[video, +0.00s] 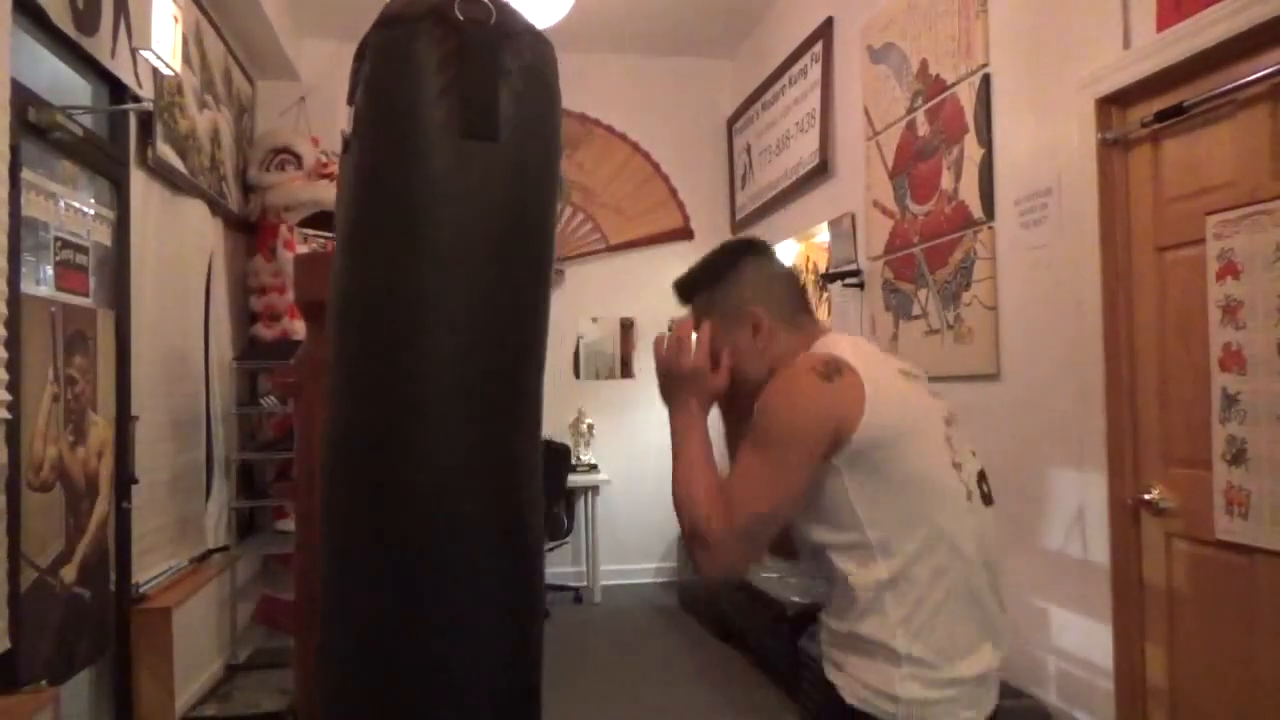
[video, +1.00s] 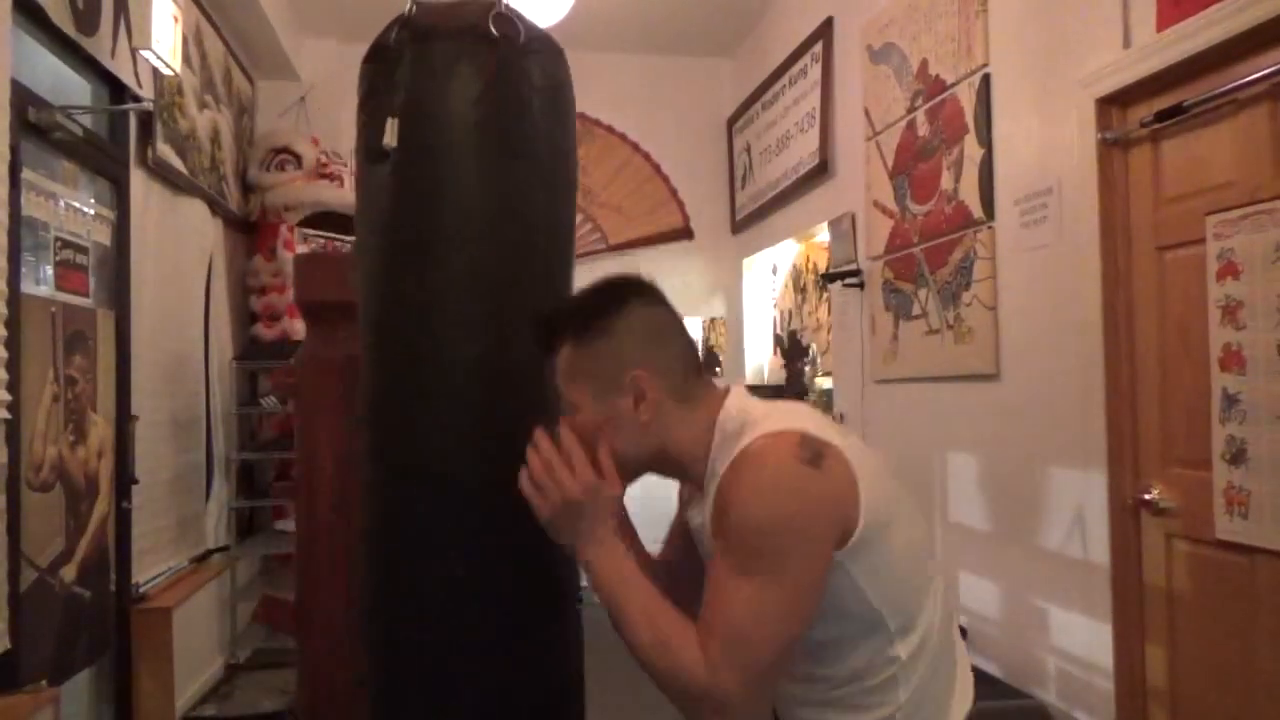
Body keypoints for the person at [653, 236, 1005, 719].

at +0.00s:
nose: (710, 363)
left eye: (713, 345)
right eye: (706, 347)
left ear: (756, 328)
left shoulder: (812, 384)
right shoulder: (866, 364)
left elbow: (719, 555)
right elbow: (783, 539)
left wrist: (686, 407)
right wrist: (734, 405)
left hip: (894, 696)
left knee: (706, 600)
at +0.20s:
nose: (713, 352)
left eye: (714, 332)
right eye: (707, 335)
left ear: (763, 312)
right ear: (768, 311)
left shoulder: (816, 363)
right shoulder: (852, 350)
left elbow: (730, 536)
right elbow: (773, 528)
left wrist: (689, 399)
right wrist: (734, 401)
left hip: (897, 689)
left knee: (702, 587)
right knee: (706, 585)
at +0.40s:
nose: (681, 433)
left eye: (683, 413)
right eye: (675, 415)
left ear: (735, 392)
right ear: (738, 389)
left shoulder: (815, 437)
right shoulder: (825, 419)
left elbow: (777, 644)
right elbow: (779, 597)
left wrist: (682, 507)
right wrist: (707, 500)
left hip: (916, 710)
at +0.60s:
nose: (640, 408)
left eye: (647, 386)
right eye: (636, 388)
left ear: (712, 367)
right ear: (714, 367)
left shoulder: (844, 442)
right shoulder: (754, 439)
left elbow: (779, 638)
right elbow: (701, 598)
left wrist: (664, 489)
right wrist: (656, 490)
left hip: (898, 707)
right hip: (812, 696)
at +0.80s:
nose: (592, 356)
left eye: (604, 332)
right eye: (591, 334)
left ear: (682, 322)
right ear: (683, 324)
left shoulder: (826, 410)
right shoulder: (695, 425)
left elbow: (735, 628)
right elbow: (631, 573)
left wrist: (616, 444)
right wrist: (605, 446)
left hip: (872, 706)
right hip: (777, 688)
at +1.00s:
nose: (566, 434)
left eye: (571, 410)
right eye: (563, 413)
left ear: (640, 397)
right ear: (646, 396)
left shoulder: (778, 474)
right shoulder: (715, 451)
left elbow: (724, 696)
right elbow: (675, 602)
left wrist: (597, 541)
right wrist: (602, 514)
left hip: (893, 709)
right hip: (818, 695)